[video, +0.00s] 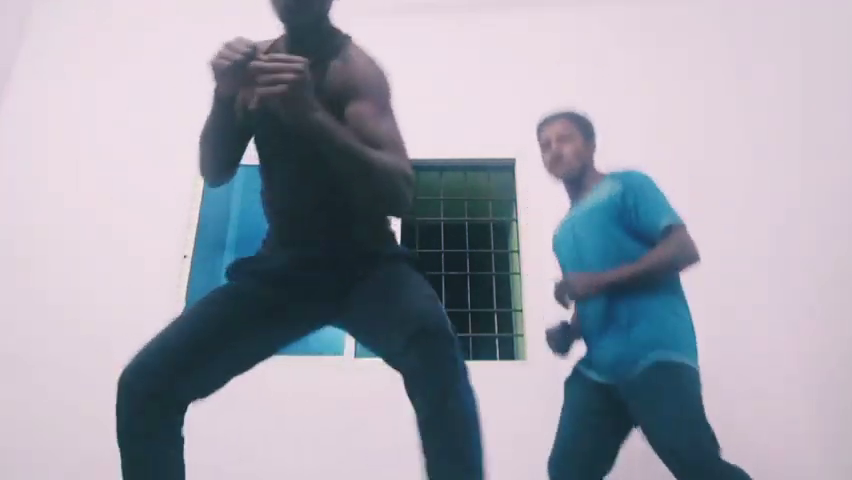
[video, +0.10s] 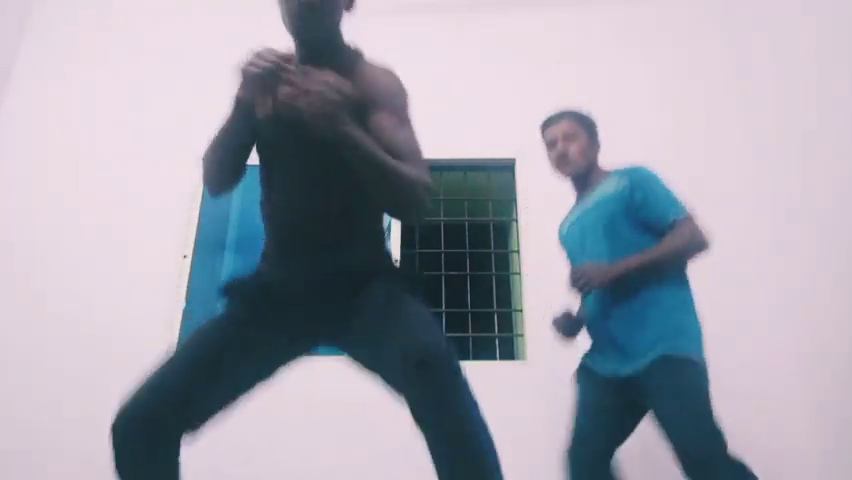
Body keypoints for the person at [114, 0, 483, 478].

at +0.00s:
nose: (296, 3)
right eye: (285, 1)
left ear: (331, 5)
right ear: (272, 6)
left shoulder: (355, 69)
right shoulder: (255, 65)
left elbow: (401, 193)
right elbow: (215, 171)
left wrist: (307, 112)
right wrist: (228, 96)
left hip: (368, 269)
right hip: (283, 273)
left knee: (432, 342)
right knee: (146, 388)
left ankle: (461, 477)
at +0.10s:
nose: (304, 11)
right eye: (294, 0)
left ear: (345, 7)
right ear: (282, 9)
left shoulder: (374, 82)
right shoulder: (267, 79)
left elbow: (415, 200)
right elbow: (216, 181)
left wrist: (340, 126)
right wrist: (246, 106)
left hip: (365, 295)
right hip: (277, 298)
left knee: (433, 365)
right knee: (140, 426)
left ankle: (480, 478)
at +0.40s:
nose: (302, 32)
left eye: (319, 22)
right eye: (294, 20)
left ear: (344, 36)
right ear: (282, 30)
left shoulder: (363, 115)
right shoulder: (265, 109)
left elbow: (399, 219)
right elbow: (217, 197)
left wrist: (315, 165)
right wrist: (246, 123)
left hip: (350, 302)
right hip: (269, 305)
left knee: (400, 382)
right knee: (131, 419)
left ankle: (464, 476)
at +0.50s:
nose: (301, 24)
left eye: (318, 15)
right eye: (292, 13)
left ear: (342, 28)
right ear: (280, 25)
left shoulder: (354, 101)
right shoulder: (258, 95)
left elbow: (377, 205)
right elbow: (229, 192)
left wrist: (283, 150)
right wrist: (244, 137)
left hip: (347, 291)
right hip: (269, 292)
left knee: (397, 384)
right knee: (139, 413)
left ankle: (463, 479)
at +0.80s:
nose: (298, 69)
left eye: (313, 58)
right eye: (288, 56)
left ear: (337, 61)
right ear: (275, 58)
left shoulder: (364, 131)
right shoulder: (256, 135)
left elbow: (412, 235)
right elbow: (228, 224)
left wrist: (356, 193)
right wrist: (226, 148)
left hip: (352, 292)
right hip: (273, 296)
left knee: (414, 377)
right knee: (140, 421)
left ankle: (470, 478)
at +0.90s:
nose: (302, 76)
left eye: (316, 64)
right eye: (292, 62)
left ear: (339, 64)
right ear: (278, 60)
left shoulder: (369, 135)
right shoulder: (257, 129)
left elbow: (416, 238)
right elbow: (224, 223)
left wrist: (377, 208)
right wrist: (238, 147)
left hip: (353, 292)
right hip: (272, 295)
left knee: (414, 377)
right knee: (142, 423)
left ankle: (469, 476)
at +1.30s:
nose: (324, 72)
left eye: (337, 60)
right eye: (315, 59)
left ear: (361, 62)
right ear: (299, 59)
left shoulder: (388, 139)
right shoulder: (269, 119)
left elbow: (458, 201)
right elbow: (188, 166)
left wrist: (531, 154)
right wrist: (129, 126)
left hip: (363, 290)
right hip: (274, 293)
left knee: (445, 379)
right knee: (144, 427)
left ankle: (487, 474)